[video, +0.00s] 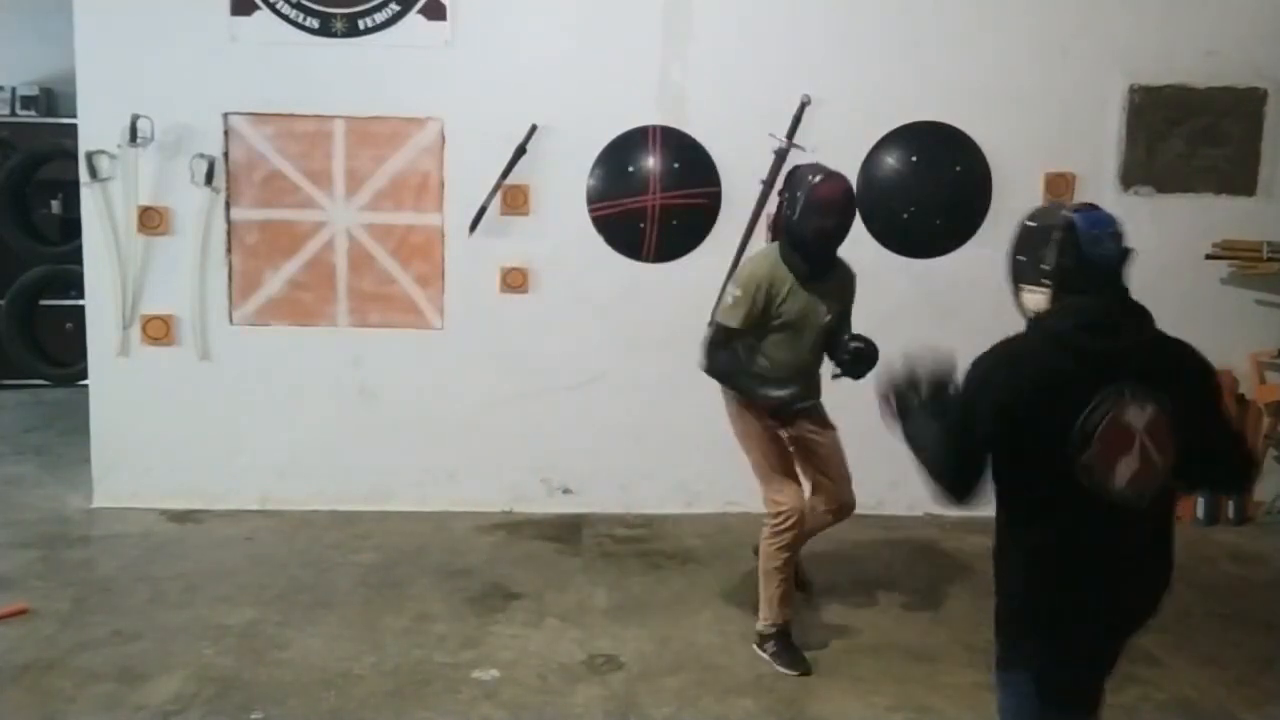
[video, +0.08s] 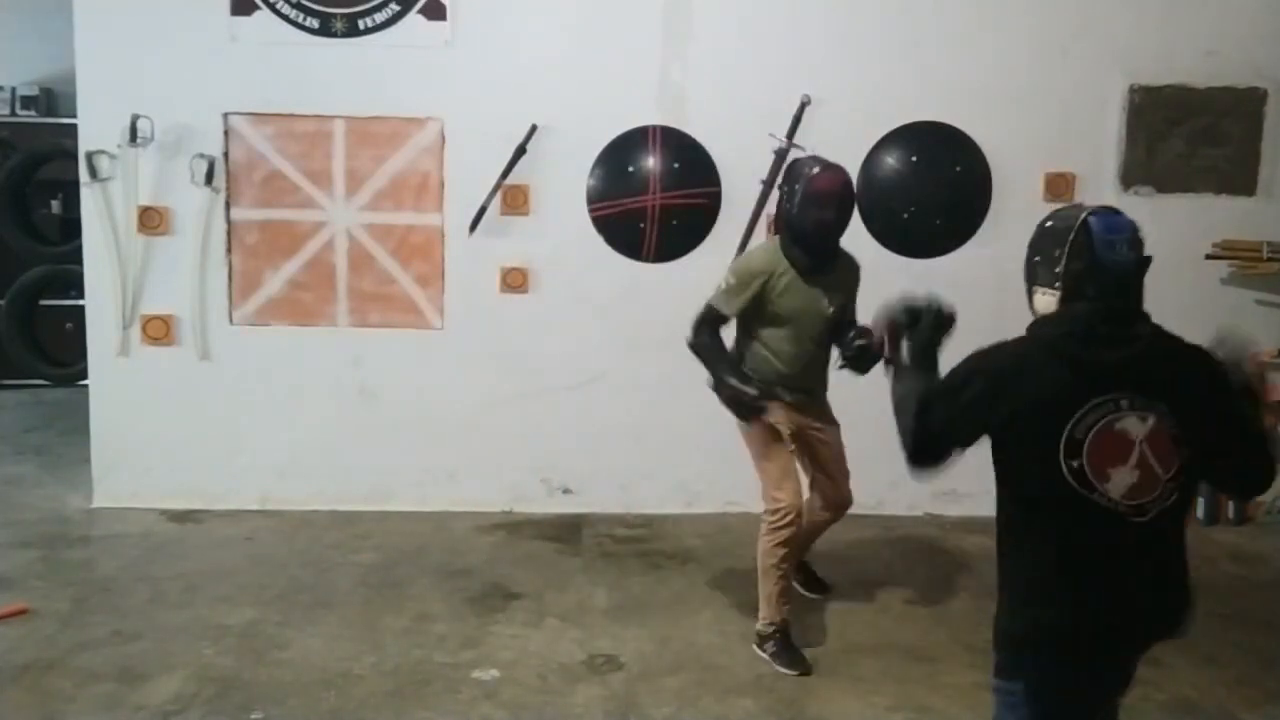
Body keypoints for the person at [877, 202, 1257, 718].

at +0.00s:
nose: (1019, 275)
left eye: (1026, 264)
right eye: (1024, 262)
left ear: (1041, 275)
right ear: (1111, 272)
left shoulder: (1008, 367)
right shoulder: (1178, 363)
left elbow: (957, 476)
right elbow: (1228, 470)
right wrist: (1152, 452)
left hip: (1040, 588)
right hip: (1135, 583)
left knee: (1029, 702)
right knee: (1077, 699)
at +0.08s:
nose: (1033, 284)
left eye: (1039, 272)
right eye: (1037, 270)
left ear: (1054, 277)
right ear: (1133, 279)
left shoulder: (1012, 367)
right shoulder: (1187, 367)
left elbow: (923, 440)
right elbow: (1250, 475)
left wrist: (916, 353)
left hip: (1043, 614)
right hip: (1143, 608)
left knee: (1031, 707)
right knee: (1093, 704)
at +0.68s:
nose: (1065, 271)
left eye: (1071, 257)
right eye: (1067, 257)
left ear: (1093, 257)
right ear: (1157, 253)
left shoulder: (1078, 340)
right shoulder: (1205, 336)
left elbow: (1057, 460)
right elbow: (1242, 381)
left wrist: (1003, 535)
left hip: (1093, 583)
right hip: (1183, 585)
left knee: (1056, 700)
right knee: (1135, 701)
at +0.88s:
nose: (1058, 256)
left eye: (1064, 244)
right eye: (1060, 243)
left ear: (1085, 247)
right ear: (1146, 243)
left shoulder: (1069, 326)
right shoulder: (1188, 318)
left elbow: (1016, 421)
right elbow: (1243, 348)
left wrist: (931, 482)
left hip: (1084, 570)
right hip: (1174, 571)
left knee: (1049, 696)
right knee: (1134, 700)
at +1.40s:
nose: (1023, 267)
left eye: (1028, 255)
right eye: (1026, 254)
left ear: (1045, 261)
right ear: (1105, 258)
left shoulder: (1030, 345)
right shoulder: (1137, 332)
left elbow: (992, 456)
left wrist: (943, 517)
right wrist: (1002, 363)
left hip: (1034, 562)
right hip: (1113, 557)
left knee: (985, 696)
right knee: (1063, 686)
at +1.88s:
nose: (983, 256)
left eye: (988, 245)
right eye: (985, 244)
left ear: (1004, 251)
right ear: (1062, 246)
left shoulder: (989, 323)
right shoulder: (1099, 318)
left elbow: (962, 432)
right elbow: (1038, 344)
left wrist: (927, 511)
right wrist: (959, 312)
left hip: (997, 540)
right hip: (1082, 537)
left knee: (961, 689)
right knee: (1053, 682)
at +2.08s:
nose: (959, 248)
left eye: (964, 237)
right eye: (963, 236)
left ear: (976, 244)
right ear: (1039, 239)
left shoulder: (959, 321)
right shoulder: (1073, 308)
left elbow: (919, 424)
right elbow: (1124, 359)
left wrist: (860, 492)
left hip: (977, 530)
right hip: (1062, 528)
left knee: (946, 683)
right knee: (1046, 677)